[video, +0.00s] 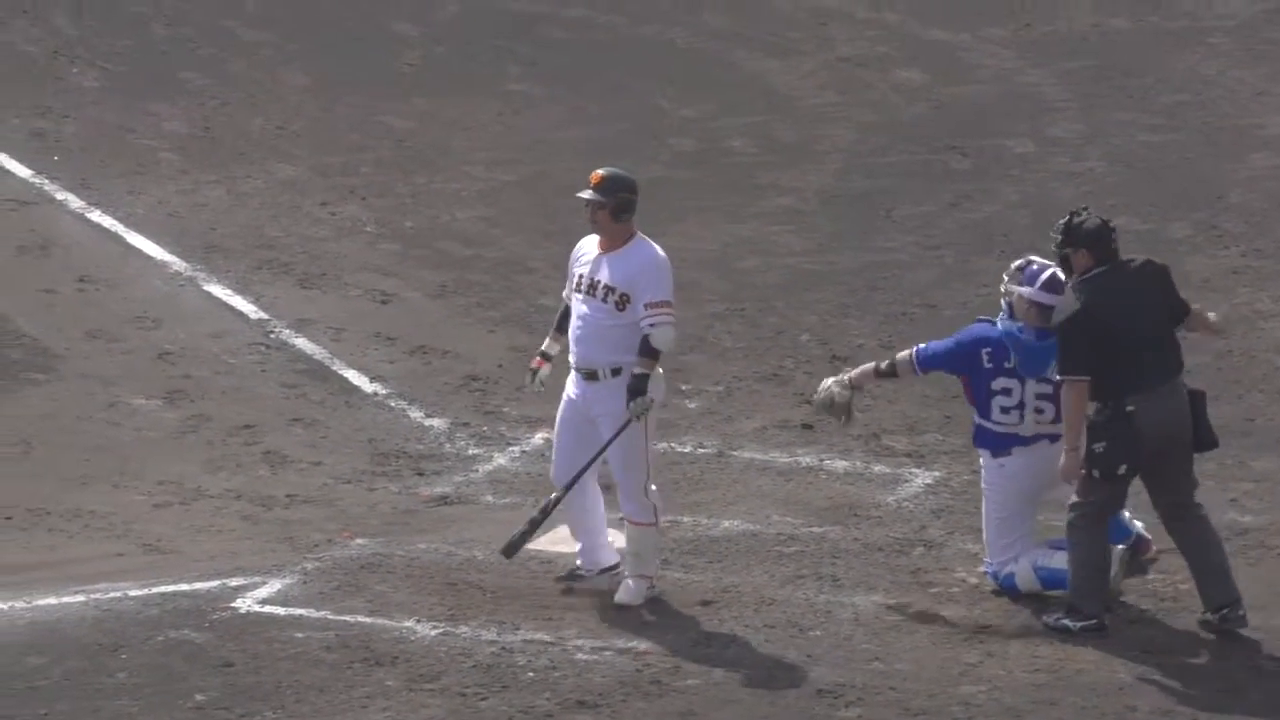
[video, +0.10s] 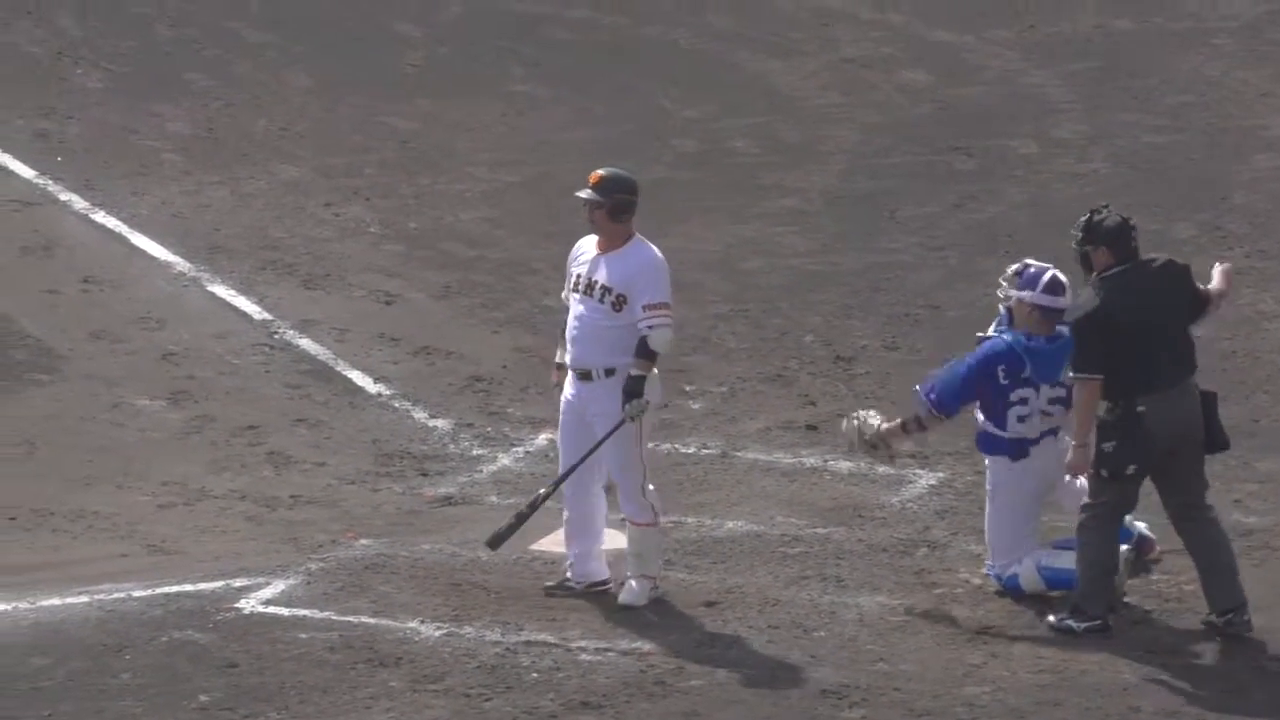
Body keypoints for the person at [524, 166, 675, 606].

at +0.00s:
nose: (589, 211)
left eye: (597, 205)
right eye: (589, 204)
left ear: (622, 210)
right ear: (596, 208)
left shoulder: (649, 260)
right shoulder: (584, 250)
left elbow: (660, 330)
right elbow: (570, 307)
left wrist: (640, 378)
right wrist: (547, 352)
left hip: (623, 385)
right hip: (579, 384)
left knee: (633, 483)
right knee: (569, 475)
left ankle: (641, 575)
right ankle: (597, 559)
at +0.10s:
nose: (587, 211)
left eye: (594, 205)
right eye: (587, 204)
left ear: (617, 211)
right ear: (599, 209)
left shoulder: (646, 260)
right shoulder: (582, 250)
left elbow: (658, 329)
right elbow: (574, 315)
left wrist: (637, 378)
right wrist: (560, 364)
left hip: (620, 385)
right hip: (577, 385)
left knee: (629, 480)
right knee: (578, 479)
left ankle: (643, 575)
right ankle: (585, 570)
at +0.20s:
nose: (582, 209)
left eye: (589, 204)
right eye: (584, 202)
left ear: (611, 211)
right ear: (601, 209)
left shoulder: (643, 263)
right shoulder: (579, 248)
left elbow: (656, 333)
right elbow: (565, 309)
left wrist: (638, 384)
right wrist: (555, 359)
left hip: (613, 385)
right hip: (573, 383)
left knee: (623, 479)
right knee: (581, 478)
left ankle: (644, 573)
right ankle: (590, 568)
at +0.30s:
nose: (578, 206)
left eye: (585, 201)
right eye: (580, 199)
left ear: (606, 208)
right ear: (604, 208)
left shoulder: (642, 264)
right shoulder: (579, 244)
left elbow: (654, 335)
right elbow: (556, 297)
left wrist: (636, 390)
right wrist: (537, 344)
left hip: (609, 384)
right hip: (569, 380)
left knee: (614, 480)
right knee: (581, 476)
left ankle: (644, 566)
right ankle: (594, 565)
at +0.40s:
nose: (579, 203)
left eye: (585, 198)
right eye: (580, 197)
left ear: (607, 206)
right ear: (605, 204)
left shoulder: (639, 262)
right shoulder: (580, 238)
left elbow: (649, 333)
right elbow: (552, 292)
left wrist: (630, 384)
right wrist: (519, 337)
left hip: (602, 378)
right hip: (566, 374)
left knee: (601, 471)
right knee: (578, 470)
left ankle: (643, 553)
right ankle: (596, 559)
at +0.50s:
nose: (578, 199)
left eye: (584, 194)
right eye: (579, 192)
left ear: (605, 202)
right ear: (606, 201)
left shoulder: (635, 257)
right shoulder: (579, 234)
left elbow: (642, 331)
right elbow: (551, 287)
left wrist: (624, 381)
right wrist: (516, 326)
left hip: (597, 372)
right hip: (565, 367)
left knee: (586, 465)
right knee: (578, 464)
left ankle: (639, 548)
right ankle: (597, 556)